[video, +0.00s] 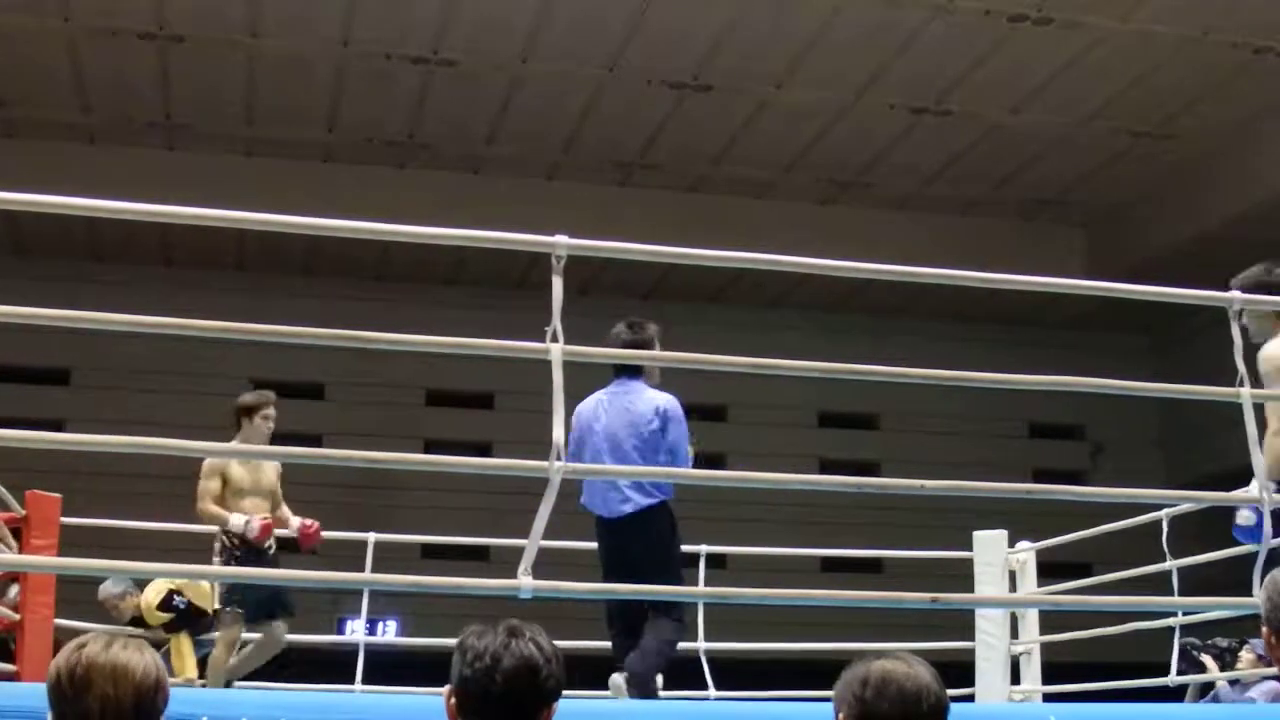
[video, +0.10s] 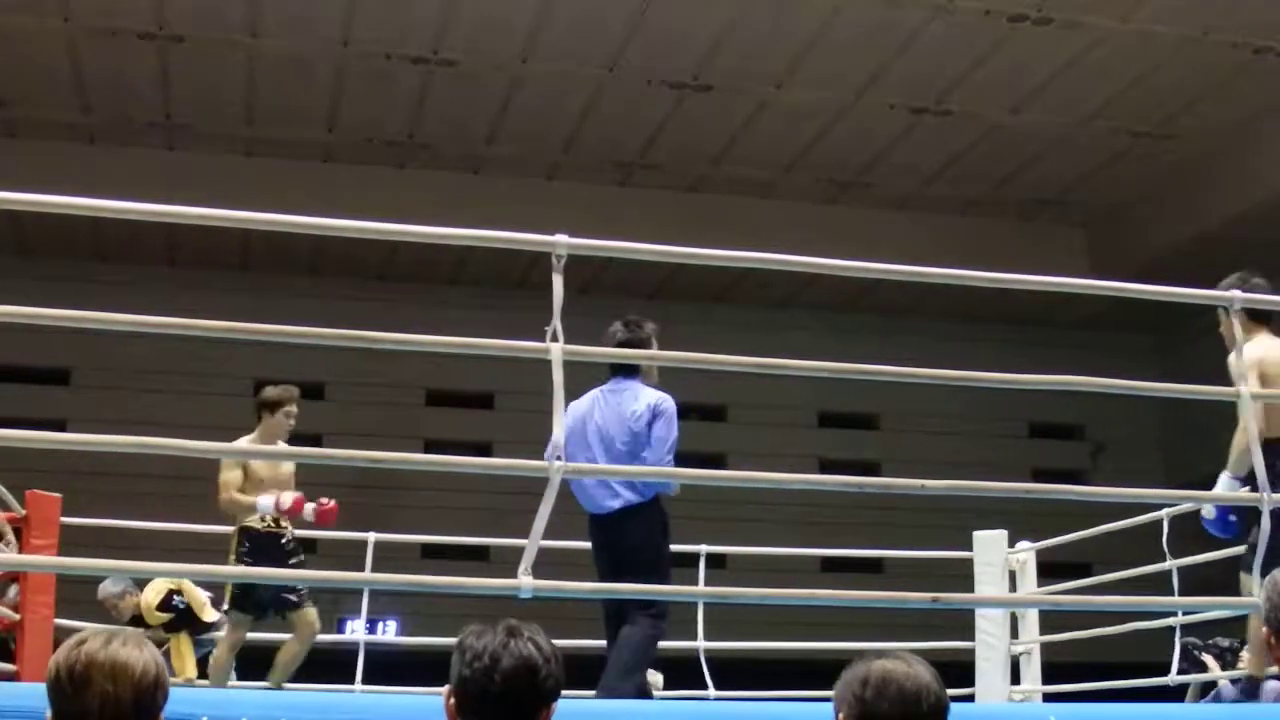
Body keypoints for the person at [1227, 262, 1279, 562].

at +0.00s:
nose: (1241, 321)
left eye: (1244, 312)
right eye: (1239, 313)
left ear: (1267, 308)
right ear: (1267, 308)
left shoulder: (1271, 354)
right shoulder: (1269, 353)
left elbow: (1274, 430)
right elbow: (1274, 429)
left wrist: (1263, 487)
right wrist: (1262, 486)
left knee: (1270, 591)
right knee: (1269, 590)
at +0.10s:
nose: (1221, 329)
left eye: (1223, 318)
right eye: (1220, 319)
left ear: (1238, 316)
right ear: (1261, 314)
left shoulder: (1246, 356)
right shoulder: (1273, 348)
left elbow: (1251, 428)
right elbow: (1257, 428)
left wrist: (1227, 483)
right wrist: (1240, 483)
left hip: (1271, 477)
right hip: (1270, 476)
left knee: (1257, 577)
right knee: (1258, 575)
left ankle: (1254, 676)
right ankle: (1256, 670)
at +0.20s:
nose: (1197, 336)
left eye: (1199, 326)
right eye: (1196, 327)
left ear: (1214, 324)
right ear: (1234, 324)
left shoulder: (1215, 363)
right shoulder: (1267, 362)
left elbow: (1216, 425)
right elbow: (1269, 428)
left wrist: (1195, 485)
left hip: (1240, 469)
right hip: (1273, 468)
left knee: (1232, 586)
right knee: (1232, 587)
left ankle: (1204, 682)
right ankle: (1204, 681)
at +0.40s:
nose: (1143, 342)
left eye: (1147, 333)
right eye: (1143, 334)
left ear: (1165, 333)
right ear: (1180, 335)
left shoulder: (1166, 366)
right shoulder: (1206, 374)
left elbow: (1164, 425)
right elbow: (1233, 449)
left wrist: (1132, 476)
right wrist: (1209, 481)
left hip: (1179, 473)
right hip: (1208, 474)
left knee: (1182, 591)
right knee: (1187, 589)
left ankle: (1257, 648)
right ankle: (1183, 690)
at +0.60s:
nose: (1090, 341)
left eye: (1095, 332)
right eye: (1091, 332)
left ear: (1115, 332)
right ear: (1123, 334)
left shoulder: (1124, 367)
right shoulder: (1146, 371)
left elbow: (1125, 424)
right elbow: (1140, 449)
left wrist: (1065, 442)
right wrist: (1084, 469)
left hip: (1133, 488)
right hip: (1156, 489)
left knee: (1092, 586)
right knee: (1161, 599)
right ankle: (1182, 695)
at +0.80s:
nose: (1033, 351)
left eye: (1038, 343)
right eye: (1034, 342)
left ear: (1059, 345)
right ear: (1064, 345)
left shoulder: (1074, 385)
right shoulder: (1087, 383)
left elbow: (1067, 451)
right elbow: (1081, 449)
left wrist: (1017, 434)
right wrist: (1028, 434)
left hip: (1075, 509)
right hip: (1090, 508)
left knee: (1040, 603)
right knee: (1093, 607)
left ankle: (1030, 700)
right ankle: (1159, 686)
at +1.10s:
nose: (955, 356)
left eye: (959, 347)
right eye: (956, 347)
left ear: (980, 347)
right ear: (987, 346)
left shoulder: (997, 384)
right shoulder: (1009, 382)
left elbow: (978, 449)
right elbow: (990, 441)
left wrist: (944, 416)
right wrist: (960, 414)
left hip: (1008, 501)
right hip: (1002, 499)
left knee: (989, 601)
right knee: (967, 597)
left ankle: (1024, 698)